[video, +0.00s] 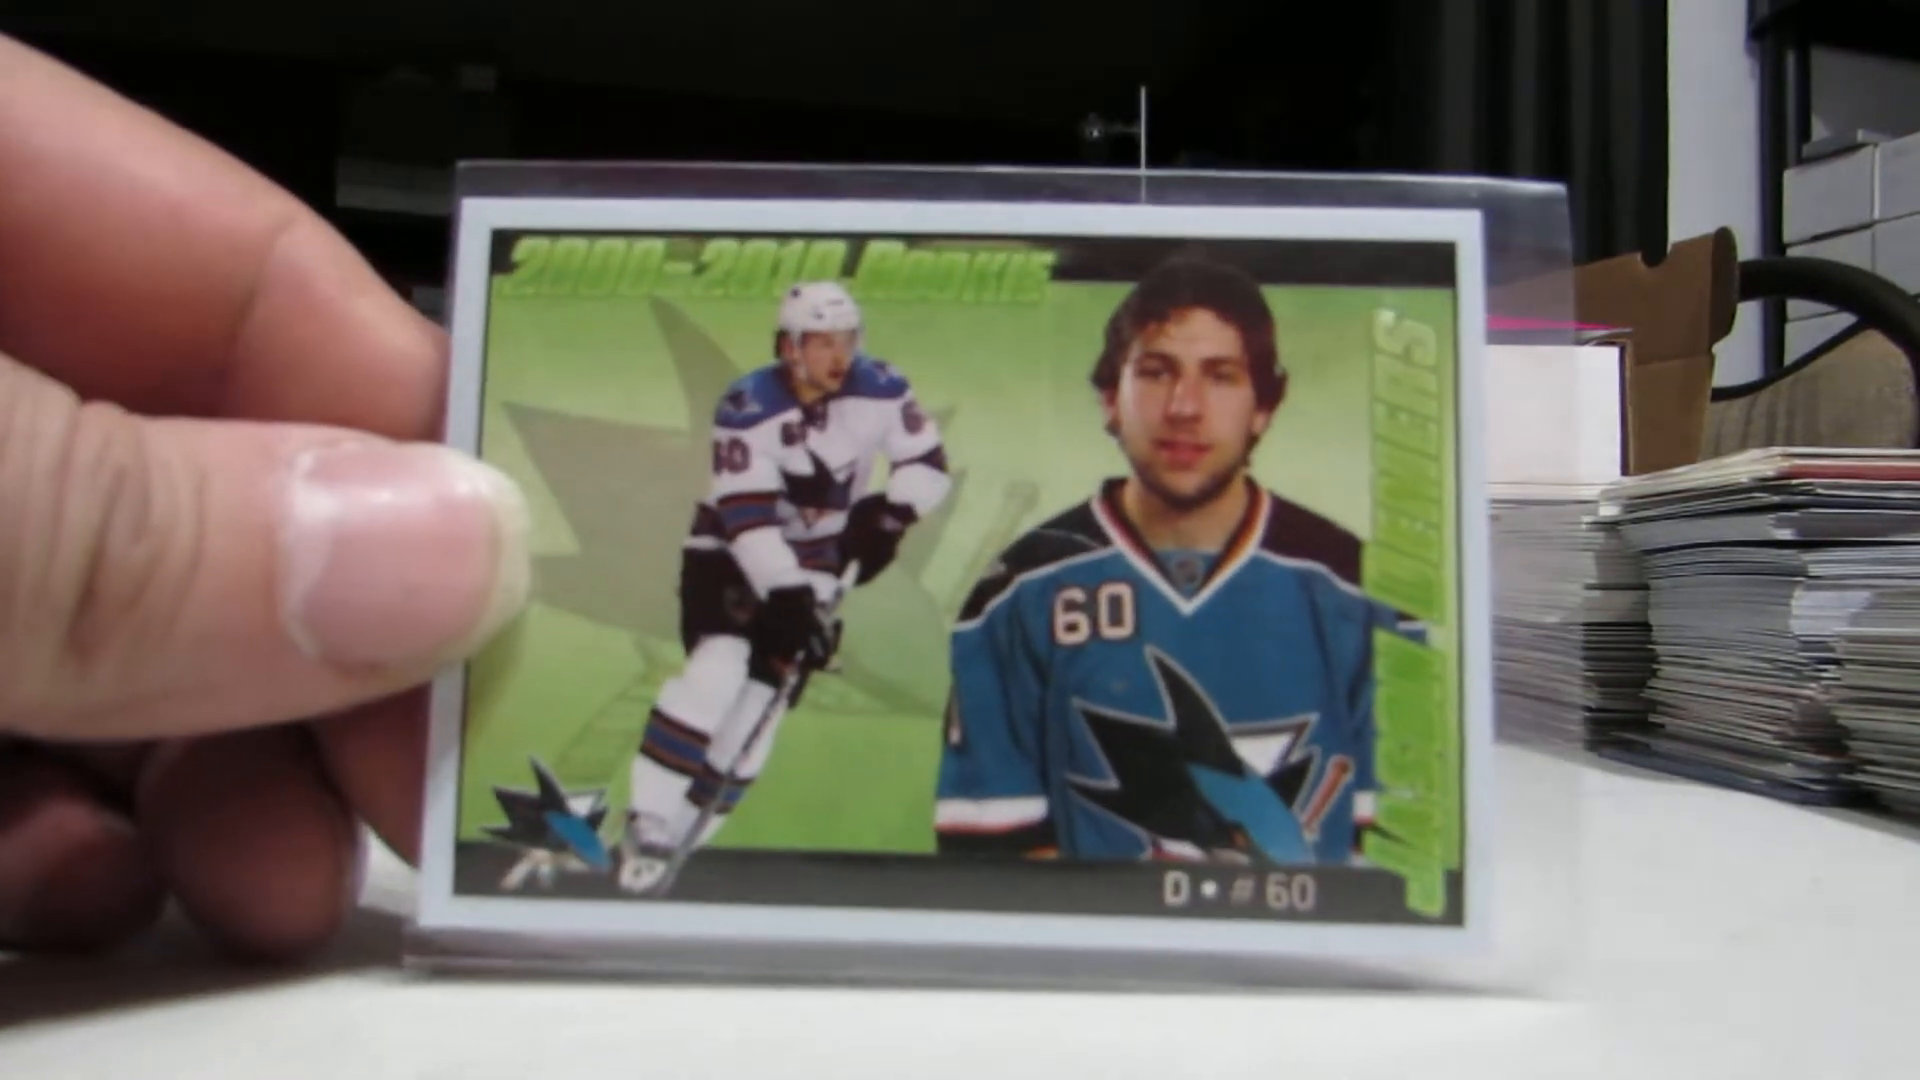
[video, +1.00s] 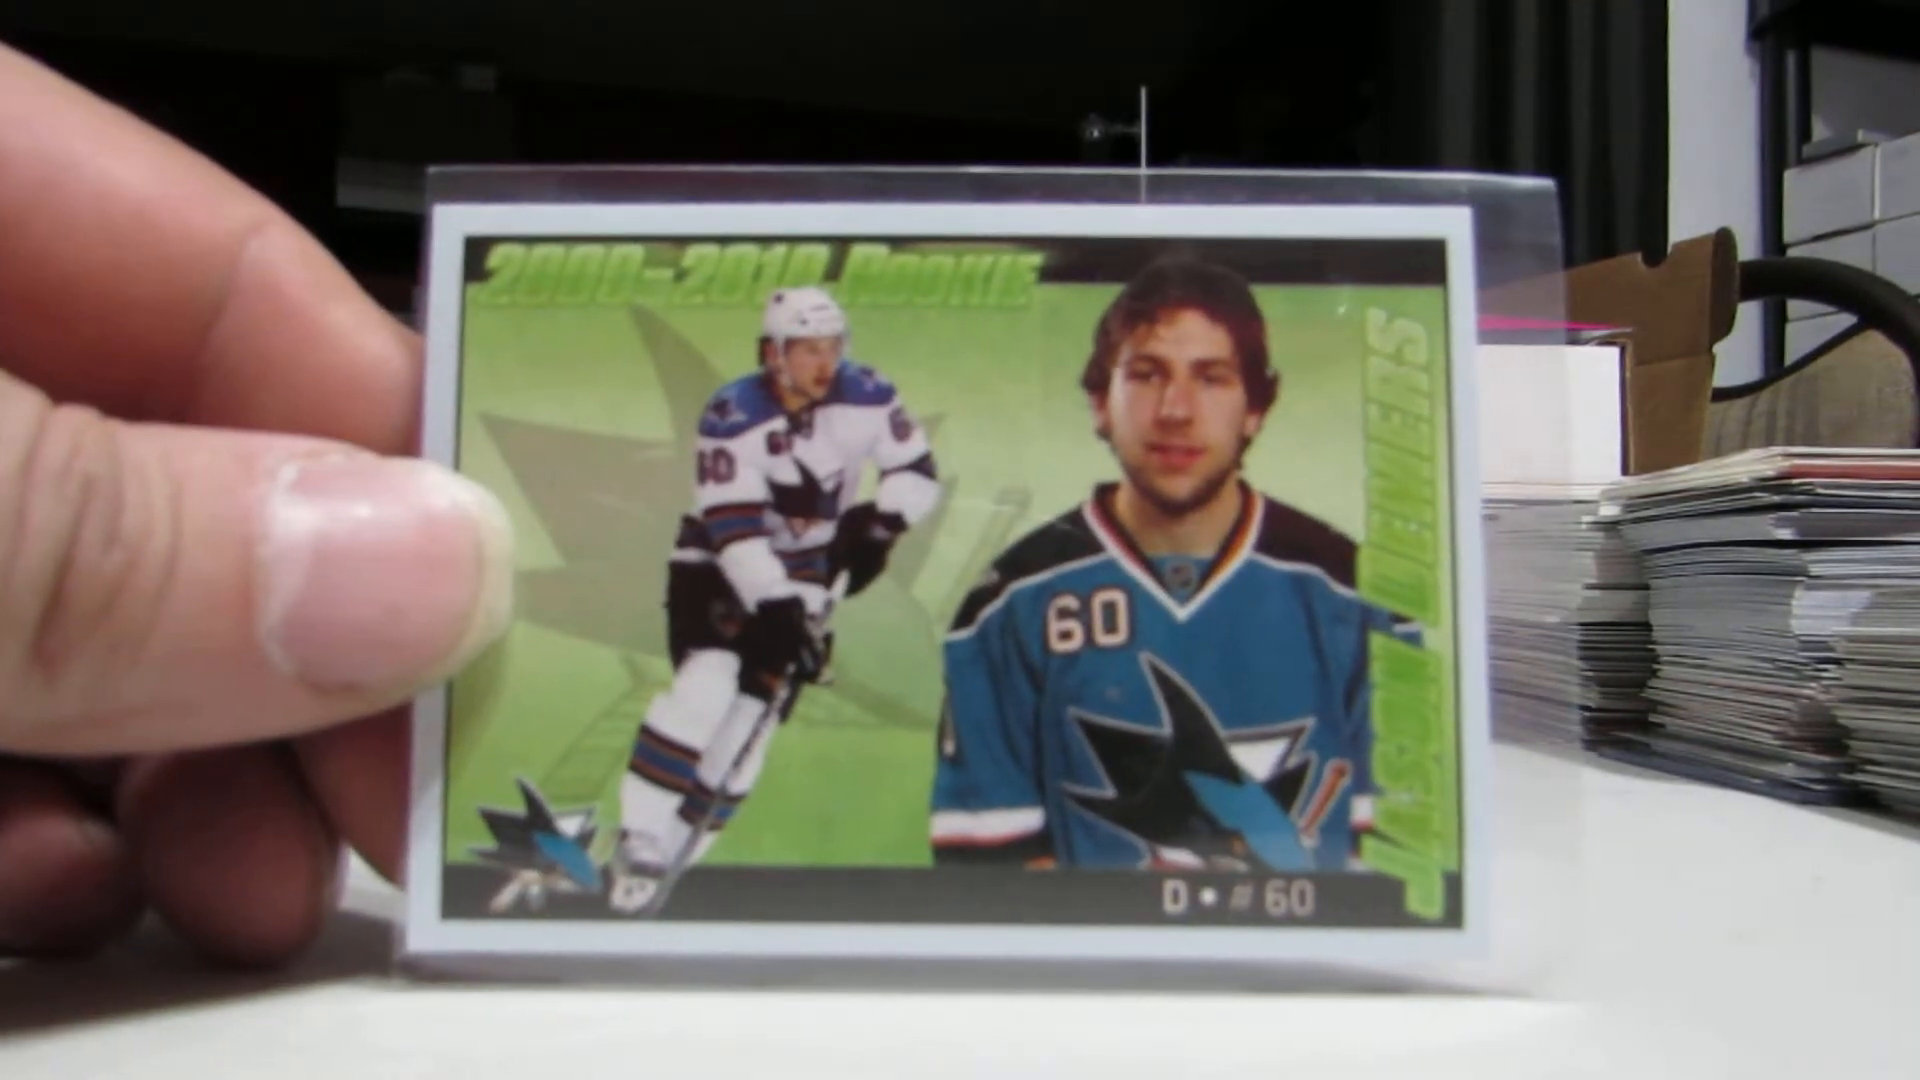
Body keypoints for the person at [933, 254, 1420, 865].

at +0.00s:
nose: (1184, 405)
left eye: (1220, 376)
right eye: (1155, 371)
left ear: (1263, 408)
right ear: (1111, 401)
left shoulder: (1354, 581)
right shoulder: (1022, 592)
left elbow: (1394, 842)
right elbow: (986, 862)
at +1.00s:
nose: (1175, 408)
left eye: (1210, 377)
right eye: (1145, 374)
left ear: (1254, 410)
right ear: (1101, 404)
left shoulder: (1350, 586)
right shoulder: (1014, 603)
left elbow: (1394, 850)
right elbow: (990, 874)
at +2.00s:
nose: (1175, 409)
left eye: (1210, 379)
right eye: (1146, 375)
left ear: (1254, 412)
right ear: (1101, 404)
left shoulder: (1348, 585)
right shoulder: (1015, 600)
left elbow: (1393, 852)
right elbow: (989, 874)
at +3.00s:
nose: (1175, 409)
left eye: (1211, 379)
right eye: (1145, 375)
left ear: (1253, 412)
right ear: (1101, 406)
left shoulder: (1351, 587)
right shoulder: (1013, 603)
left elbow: (1396, 853)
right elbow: (990, 874)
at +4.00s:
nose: (1176, 411)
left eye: (1211, 381)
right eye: (1146, 378)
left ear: (1254, 413)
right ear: (1102, 407)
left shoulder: (1354, 589)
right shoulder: (1017, 604)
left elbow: (1400, 851)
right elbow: (992, 872)